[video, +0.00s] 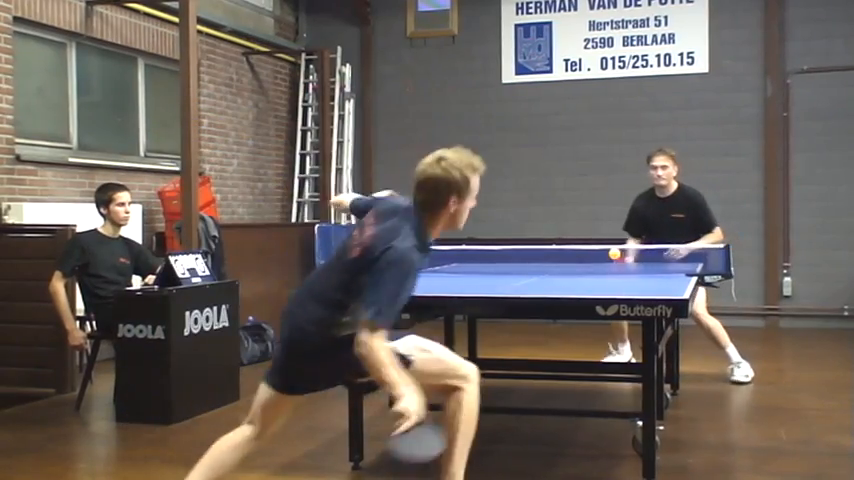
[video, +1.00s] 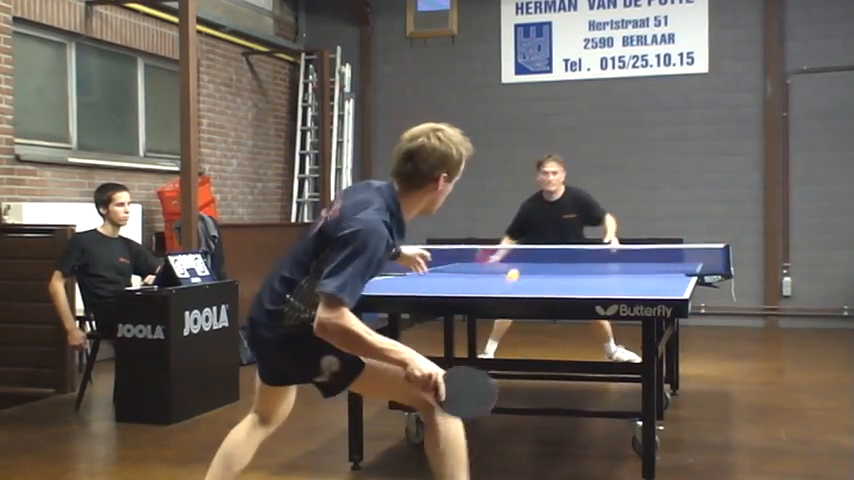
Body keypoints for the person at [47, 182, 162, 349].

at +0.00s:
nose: (128, 210)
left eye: (129, 205)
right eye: (121, 205)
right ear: (104, 209)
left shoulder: (131, 247)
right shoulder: (81, 242)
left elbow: (163, 270)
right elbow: (56, 284)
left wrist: (155, 278)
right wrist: (72, 330)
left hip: (135, 317)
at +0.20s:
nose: (127, 210)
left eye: (129, 205)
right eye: (121, 205)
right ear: (103, 209)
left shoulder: (131, 247)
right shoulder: (81, 242)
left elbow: (164, 269)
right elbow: (56, 284)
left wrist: (156, 277)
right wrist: (72, 330)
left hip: (135, 318)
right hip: (104, 323)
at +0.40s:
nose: (127, 210)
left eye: (129, 205)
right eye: (121, 205)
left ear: (131, 206)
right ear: (103, 209)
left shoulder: (131, 247)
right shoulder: (82, 242)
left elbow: (164, 269)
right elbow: (56, 283)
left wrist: (156, 277)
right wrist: (71, 329)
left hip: (135, 316)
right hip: (105, 320)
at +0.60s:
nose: (127, 210)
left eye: (129, 205)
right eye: (121, 205)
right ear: (103, 209)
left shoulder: (131, 247)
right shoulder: (82, 242)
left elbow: (165, 269)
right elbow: (56, 284)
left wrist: (156, 277)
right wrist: (71, 330)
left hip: (135, 316)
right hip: (105, 321)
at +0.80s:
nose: (127, 210)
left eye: (128, 205)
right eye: (120, 205)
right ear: (103, 209)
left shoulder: (131, 247)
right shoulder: (82, 242)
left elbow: (164, 269)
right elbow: (56, 283)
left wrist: (156, 277)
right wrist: (72, 330)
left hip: (135, 318)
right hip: (105, 322)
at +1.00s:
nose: (127, 210)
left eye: (128, 205)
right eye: (120, 205)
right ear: (103, 209)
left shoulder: (131, 247)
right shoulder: (82, 242)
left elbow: (164, 269)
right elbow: (56, 283)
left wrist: (156, 277)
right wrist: (72, 330)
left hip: (135, 318)